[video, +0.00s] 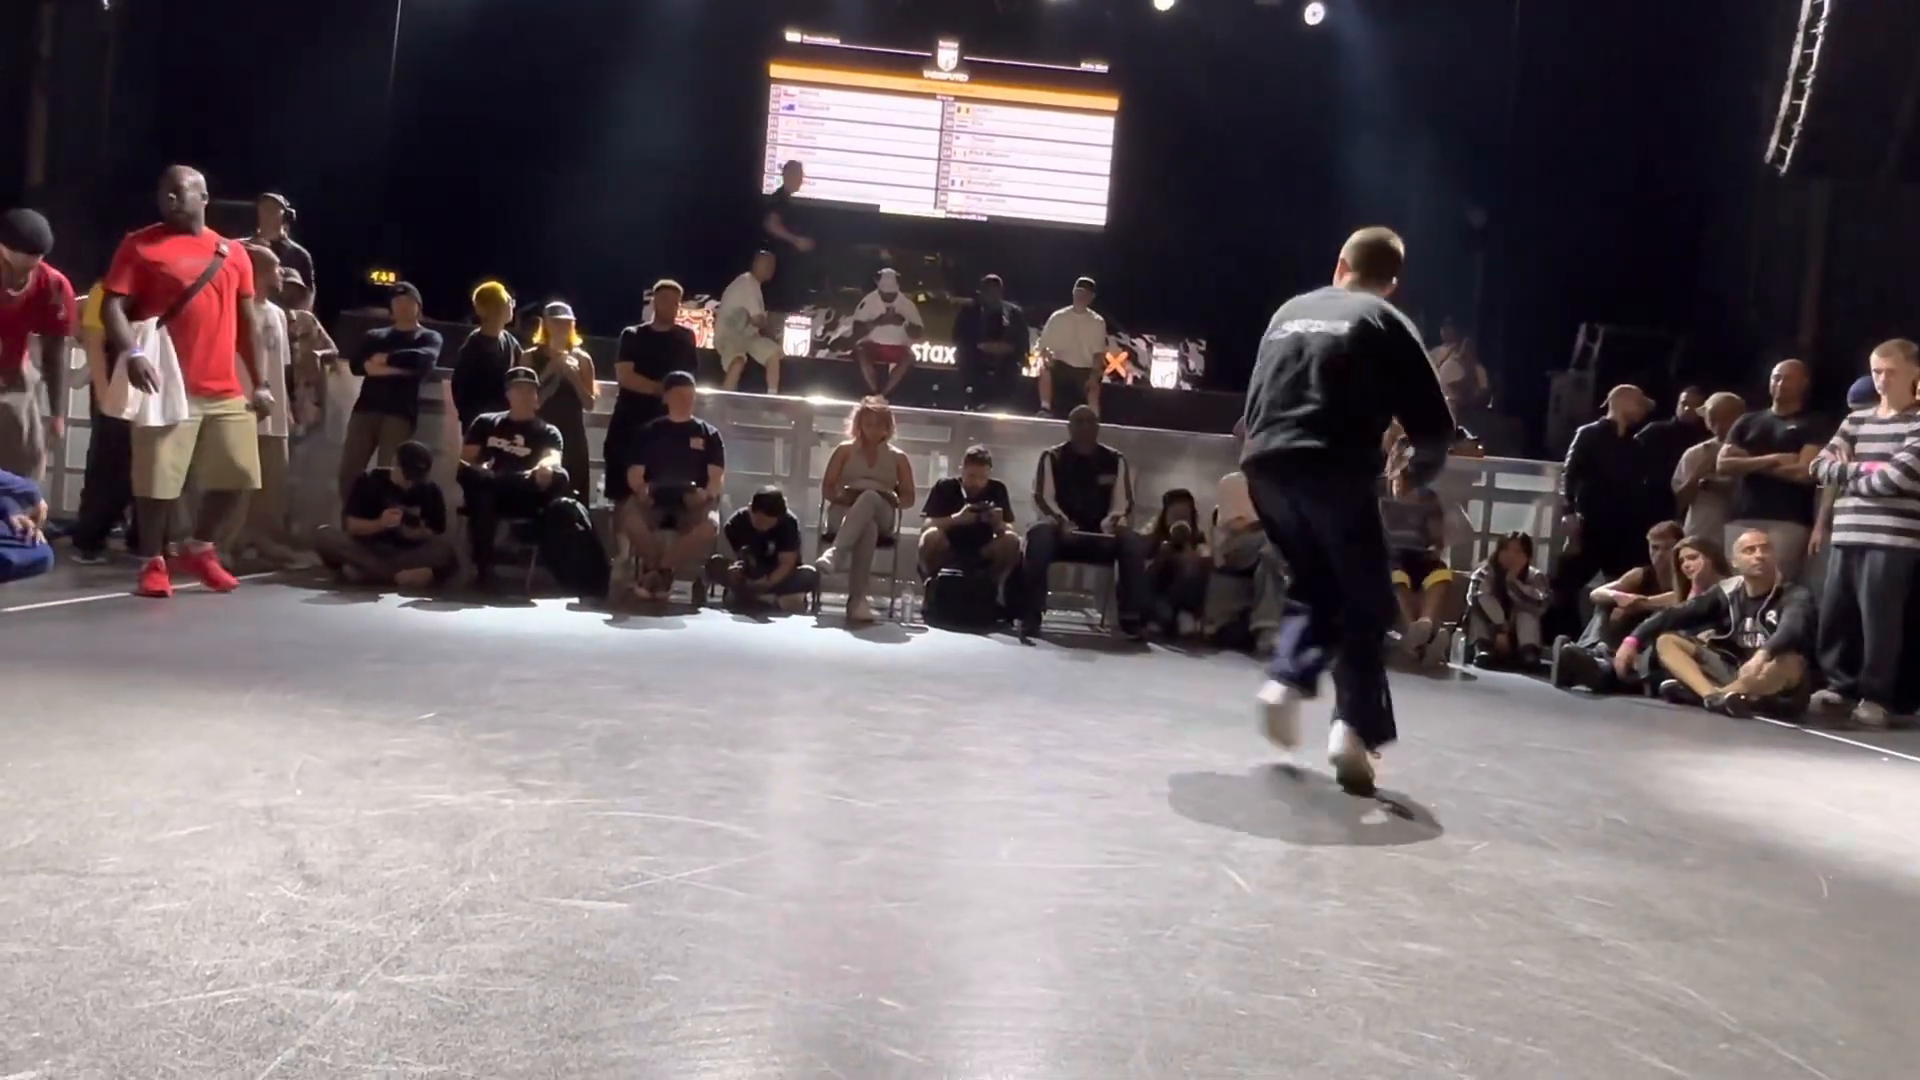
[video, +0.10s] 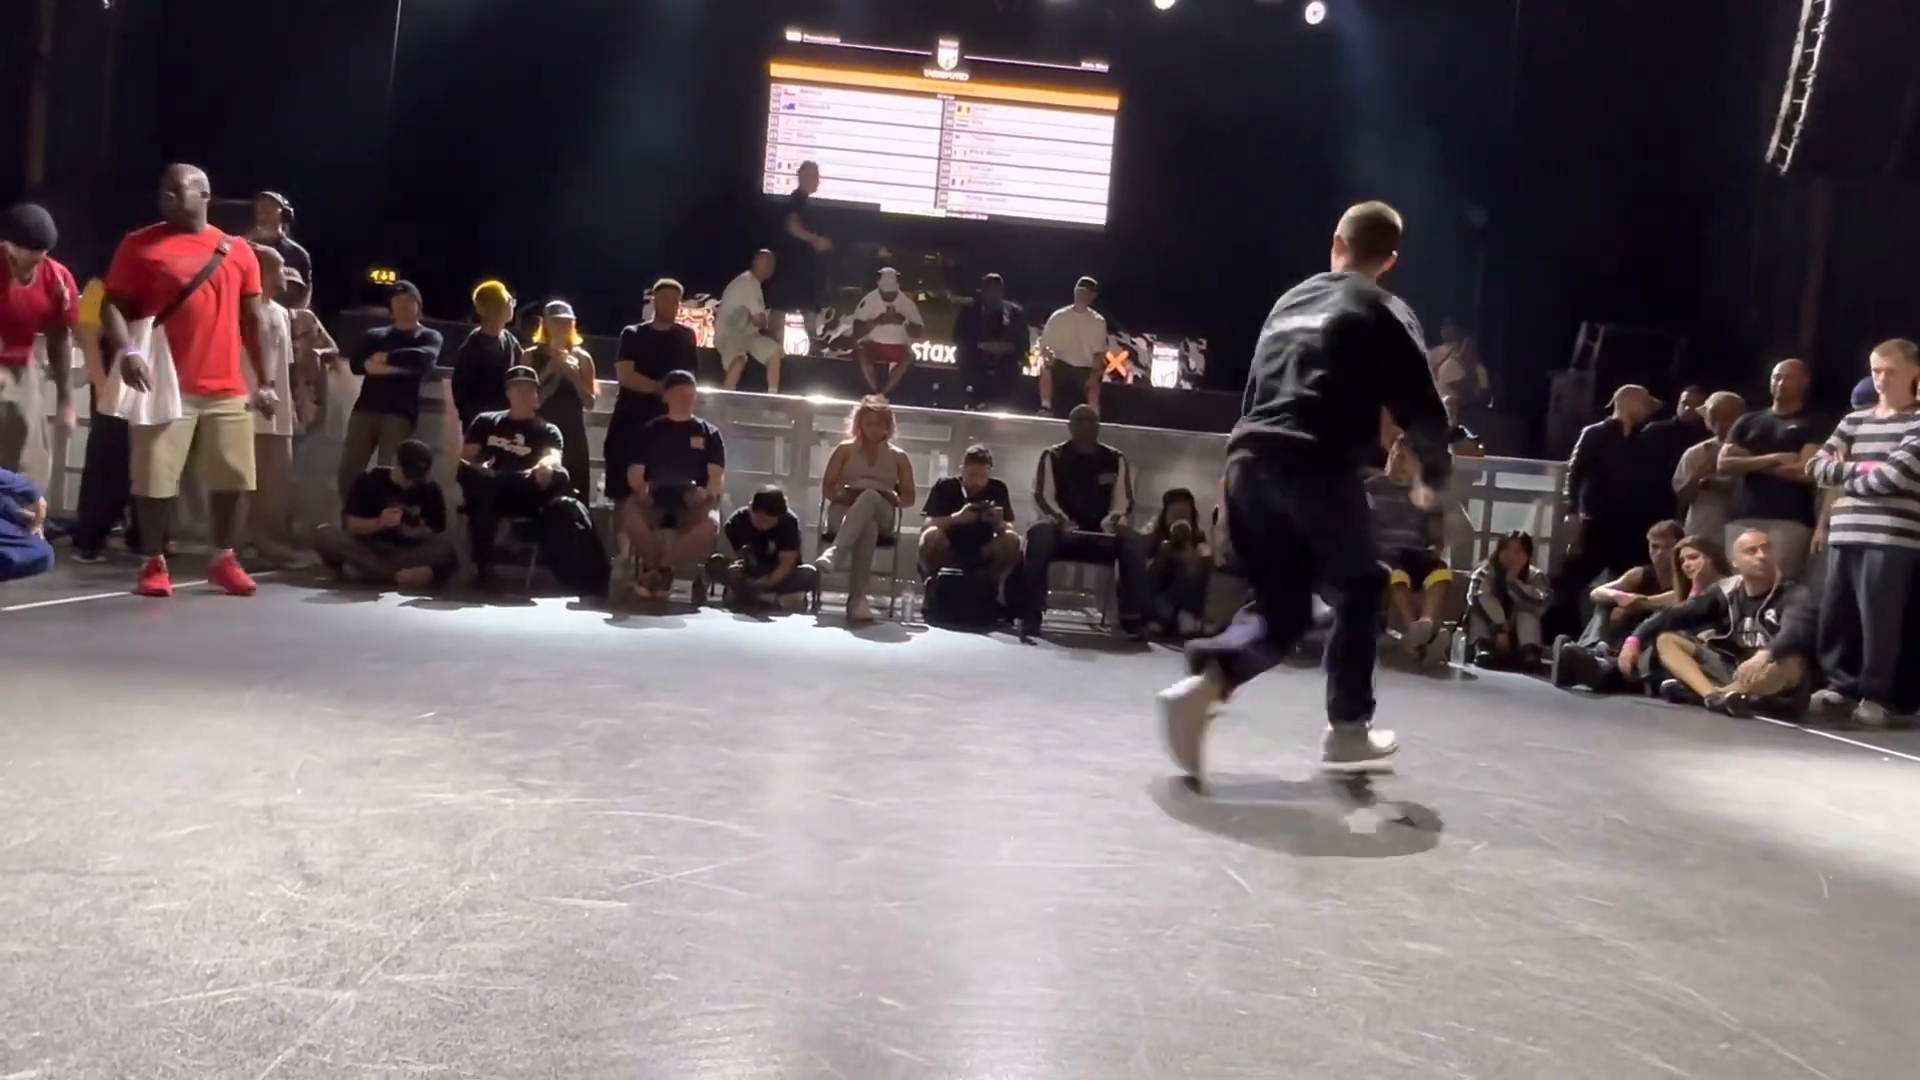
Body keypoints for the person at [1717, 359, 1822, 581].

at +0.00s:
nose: (1780, 383)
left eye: (1787, 379)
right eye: (1776, 378)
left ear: (1803, 384)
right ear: (1770, 383)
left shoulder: (1814, 425)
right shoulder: (1748, 421)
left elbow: (1805, 473)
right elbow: (1722, 464)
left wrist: (1751, 462)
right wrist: (1777, 459)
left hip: (1787, 521)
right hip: (1743, 519)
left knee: (1778, 598)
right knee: (1739, 597)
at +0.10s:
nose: (1780, 383)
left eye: (1787, 378)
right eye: (1777, 377)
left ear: (1804, 383)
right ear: (1770, 382)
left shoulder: (1814, 424)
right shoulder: (1748, 421)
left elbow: (1806, 471)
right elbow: (1723, 464)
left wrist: (1751, 460)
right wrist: (1777, 459)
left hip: (1789, 521)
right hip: (1743, 519)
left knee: (1779, 599)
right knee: (1741, 598)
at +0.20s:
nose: (1781, 382)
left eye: (1788, 378)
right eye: (1777, 377)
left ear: (1804, 383)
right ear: (1771, 382)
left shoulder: (1814, 425)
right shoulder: (1749, 420)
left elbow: (1806, 472)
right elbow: (1724, 463)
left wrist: (1751, 461)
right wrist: (1778, 458)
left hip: (1790, 520)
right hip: (1745, 517)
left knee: (1779, 596)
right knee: (1741, 595)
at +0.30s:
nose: (1781, 382)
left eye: (1789, 378)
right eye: (1778, 377)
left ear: (1805, 384)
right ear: (1772, 381)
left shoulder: (1818, 424)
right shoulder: (1750, 421)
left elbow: (1808, 470)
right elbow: (1725, 463)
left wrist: (1751, 460)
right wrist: (1778, 459)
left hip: (1791, 519)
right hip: (1745, 517)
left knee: (1779, 595)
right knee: (1741, 594)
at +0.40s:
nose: (1782, 382)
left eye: (1790, 377)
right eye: (1779, 376)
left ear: (1806, 383)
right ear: (1773, 381)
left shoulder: (1815, 424)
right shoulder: (1750, 420)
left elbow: (1807, 471)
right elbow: (1725, 462)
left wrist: (1751, 459)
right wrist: (1779, 458)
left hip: (1791, 518)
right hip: (1746, 515)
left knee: (1780, 595)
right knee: (1742, 594)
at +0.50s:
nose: (1782, 382)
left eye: (1790, 378)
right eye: (1779, 377)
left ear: (1806, 383)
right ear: (1773, 382)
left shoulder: (1816, 424)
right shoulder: (1750, 420)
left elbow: (1807, 471)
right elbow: (1725, 463)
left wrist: (1751, 459)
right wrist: (1779, 458)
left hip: (1791, 518)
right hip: (1745, 515)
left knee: (1781, 589)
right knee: (1742, 589)